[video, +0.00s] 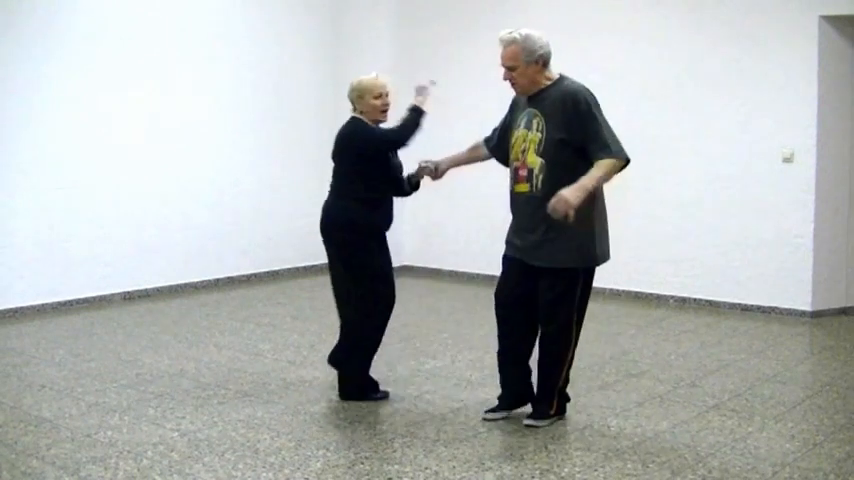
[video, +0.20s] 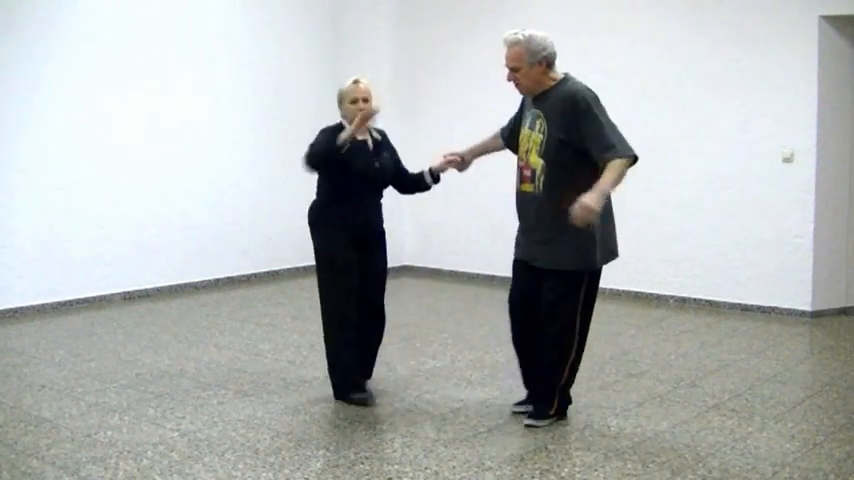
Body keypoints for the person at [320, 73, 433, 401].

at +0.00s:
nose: (386, 102)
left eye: (387, 96)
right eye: (378, 97)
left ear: (387, 100)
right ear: (360, 103)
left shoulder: (375, 137)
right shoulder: (357, 132)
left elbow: (393, 187)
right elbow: (396, 138)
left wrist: (417, 177)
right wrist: (417, 107)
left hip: (359, 229)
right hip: (355, 231)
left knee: (365, 297)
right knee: (376, 299)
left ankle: (349, 365)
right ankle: (354, 382)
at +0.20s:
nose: (361, 106)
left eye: (366, 100)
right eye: (354, 101)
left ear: (373, 104)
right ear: (342, 107)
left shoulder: (380, 140)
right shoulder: (331, 135)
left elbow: (404, 183)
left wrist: (434, 172)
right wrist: (350, 133)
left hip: (369, 233)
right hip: (333, 235)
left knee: (371, 306)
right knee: (341, 306)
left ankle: (359, 379)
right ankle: (345, 386)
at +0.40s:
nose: (341, 110)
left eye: (347, 105)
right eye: (335, 105)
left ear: (358, 109)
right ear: (327, 109)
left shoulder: (374, 143)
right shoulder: (314, 146)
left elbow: (403, 179)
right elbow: (291, 175)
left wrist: (432, 183)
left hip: (367, 234)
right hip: (325, 234)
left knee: (364, 302)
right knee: (327, 301)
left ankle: (356, 371)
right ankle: (324, 376)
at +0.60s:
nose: (323, 104)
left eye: (329, 99)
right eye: (318, 98)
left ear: (342, 103)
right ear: (313, 102)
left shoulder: (357, 135)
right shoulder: (310, 135)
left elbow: (385, 173)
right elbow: (296, 169)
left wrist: (400, 168)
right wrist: (257, 180)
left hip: (361, 226)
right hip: (323, 224)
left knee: (357, 295)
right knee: (316, 291)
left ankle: (357, 366)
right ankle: (332, 354)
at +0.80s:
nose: (315, 111)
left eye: (322, 106)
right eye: (311, 105)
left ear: (332, 111)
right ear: (303, 108)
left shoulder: (341, 139)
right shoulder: (301, 140)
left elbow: (370, 174)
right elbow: (299, 172)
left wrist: (383, 161)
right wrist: (290, 184)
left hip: (353, 224)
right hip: (322, 224)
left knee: (353, 290)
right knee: (327, 291)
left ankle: (362, 366)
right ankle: (348, 357)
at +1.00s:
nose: (332, 109)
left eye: (335, 104)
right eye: (325, 104)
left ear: (340, 108)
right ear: (311, 108)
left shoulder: (351, 135)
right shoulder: (302, 141)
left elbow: (381, 170)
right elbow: (288, 173)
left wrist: (397, 163)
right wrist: (254, 189)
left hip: (363, 220)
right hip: (326, 222)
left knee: (365, 284)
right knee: (329, 289)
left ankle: (374, 361)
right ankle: (345, 357)